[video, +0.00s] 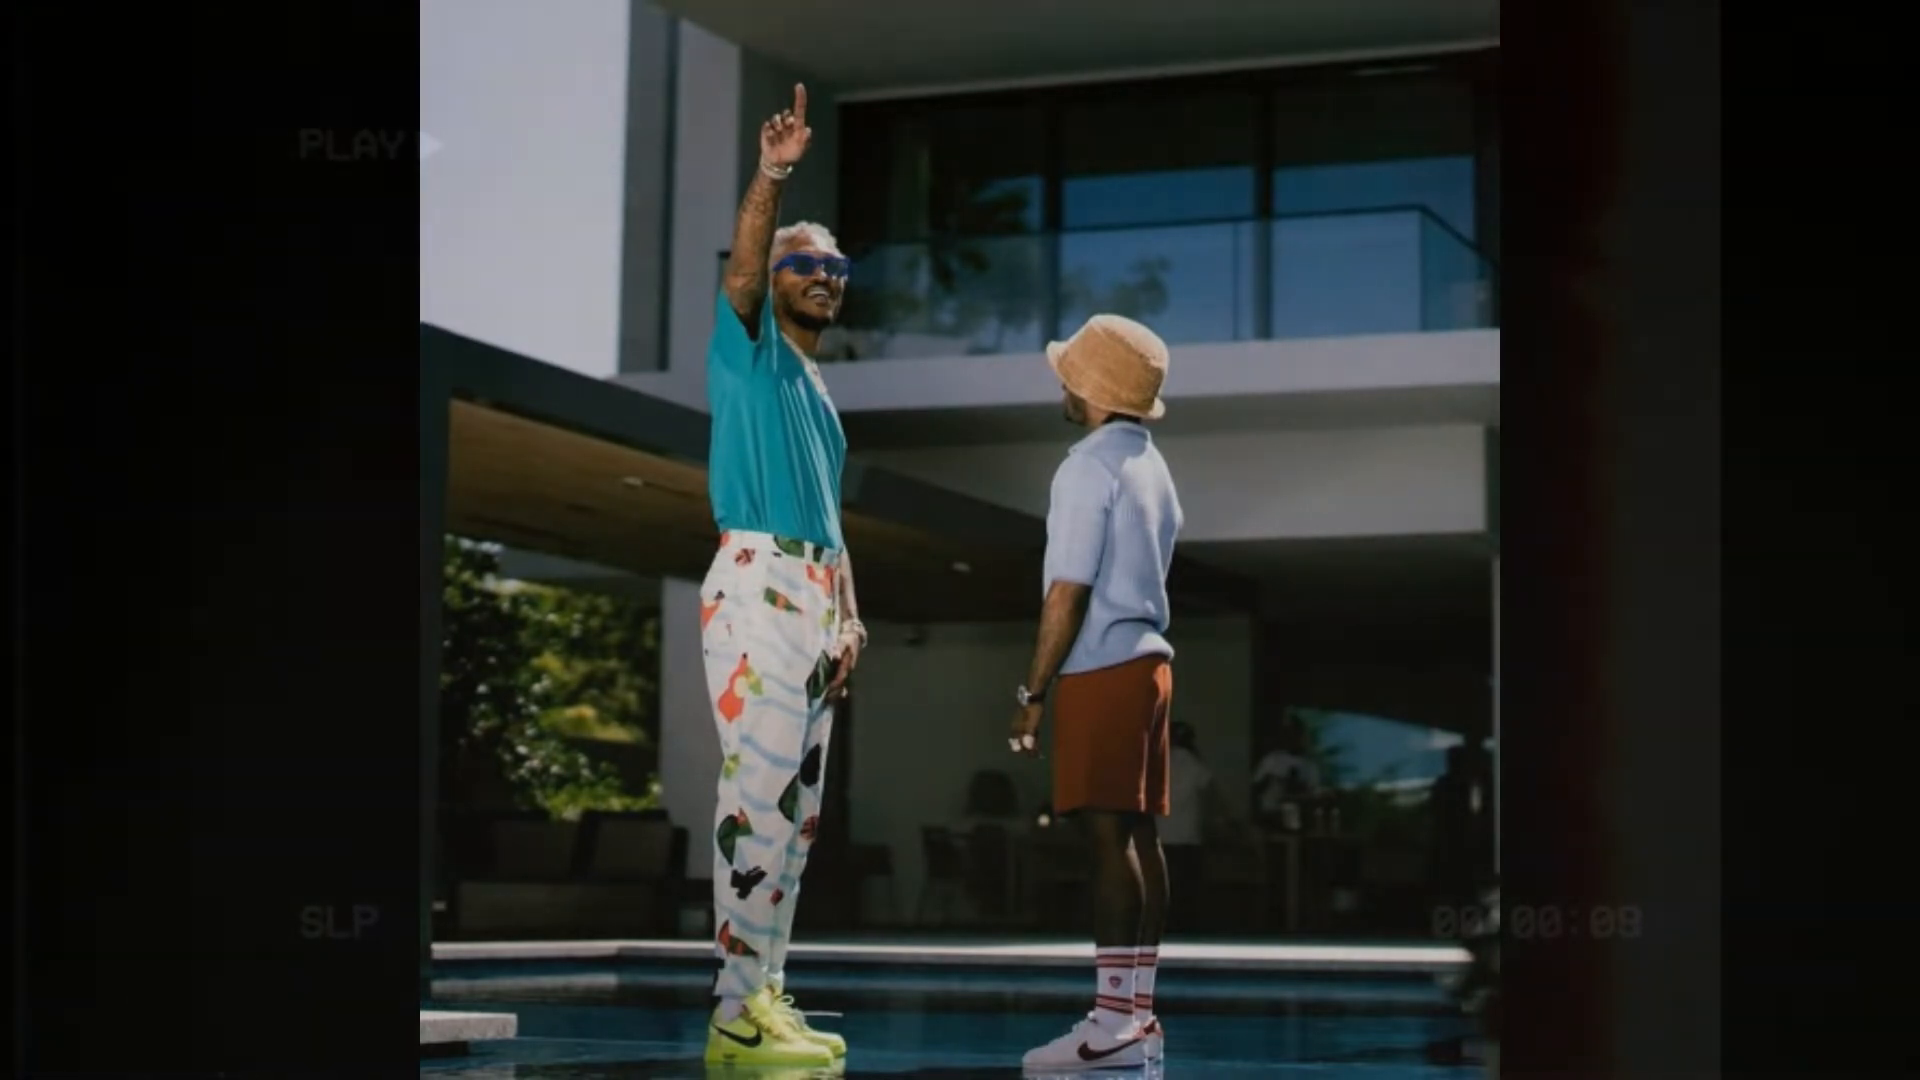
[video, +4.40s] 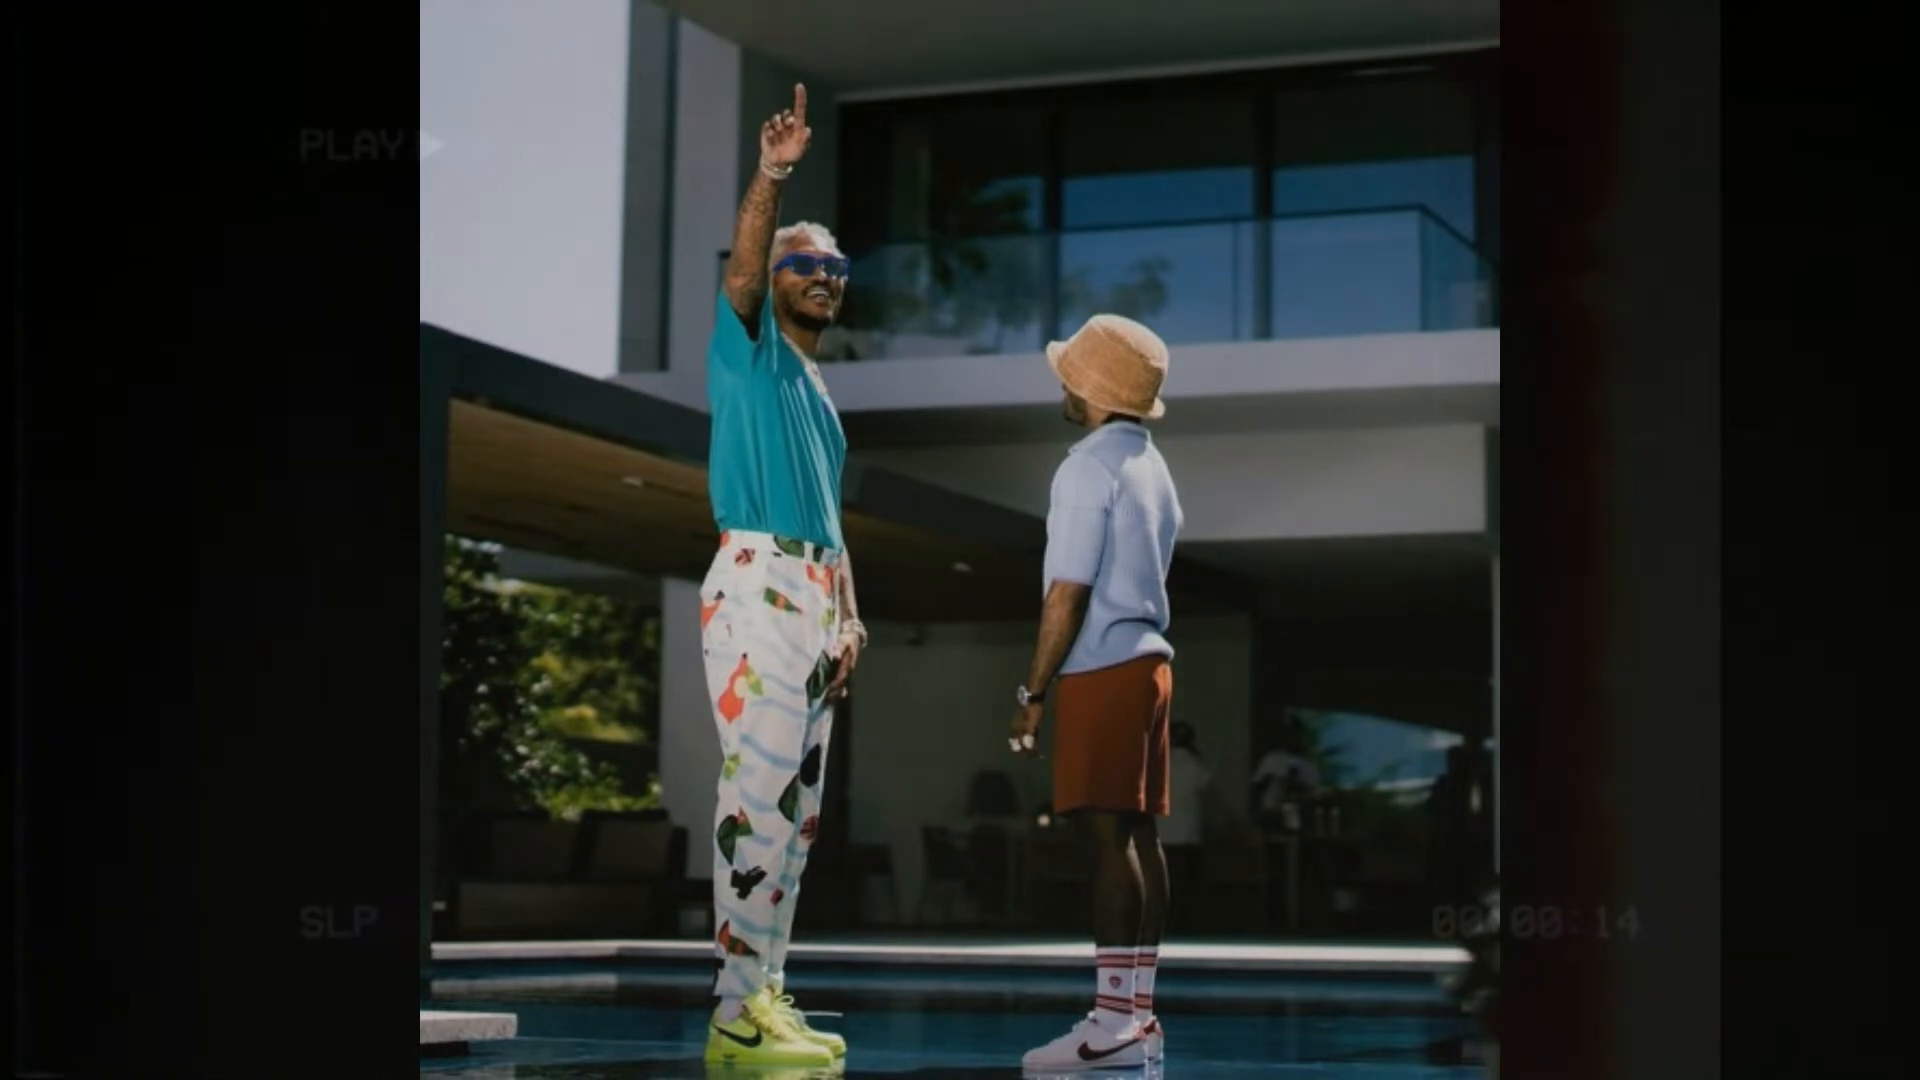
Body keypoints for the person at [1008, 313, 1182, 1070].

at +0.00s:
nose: (1064, 387)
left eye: (1072, 377)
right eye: (1068, 376)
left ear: (1092, 390)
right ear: (1130, 394)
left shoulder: (1088, 468)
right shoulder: (1148, 463)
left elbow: (1067, 594)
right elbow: (1149, 576)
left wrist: (1032, 691)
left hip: (1104, 669)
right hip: (1146, 665)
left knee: (1108, 838)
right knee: (1139, 838)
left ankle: (1116, 1015)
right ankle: (1135, 1012)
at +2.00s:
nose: (1064, 388)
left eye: (1072, 378)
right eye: (1068, 376)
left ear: (1093, 390)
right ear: (1130, 394)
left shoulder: (1088, 468)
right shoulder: (1147, 463)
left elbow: (1068, 594)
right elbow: (1147, 579)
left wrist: (1032, 691)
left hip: (1104, 669)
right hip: (1146, 665)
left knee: (1109, 838)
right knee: (1140, 838)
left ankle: (1116, 1015)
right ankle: (1135, 1012)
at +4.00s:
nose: (1064, 389)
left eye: (1072, 379)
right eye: (1068, 377)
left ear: (1093, 391)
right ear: (1130, 395)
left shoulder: (1088, 468)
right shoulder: (1147, 463)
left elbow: (1067, 595)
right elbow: (1146, 580)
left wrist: (1031, 692)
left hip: (1104, 668)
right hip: (1146, 665)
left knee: (1108, 838)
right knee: (1139, 838)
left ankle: (1115, 1015)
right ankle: (1135, 1012)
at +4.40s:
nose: (1064, 390)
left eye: (1072, 380)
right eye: (1068, 378)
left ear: (1092, 391)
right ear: (1131, 395)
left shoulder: (1088, 468)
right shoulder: (1148, 463)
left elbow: (1067, 595)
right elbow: (1148, 578)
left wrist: (1031, 692)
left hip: (1104, 669)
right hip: (1146, 666)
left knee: (1109, 839)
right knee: (1139, 838)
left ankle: (1115, 1015)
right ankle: (1135, 1012)